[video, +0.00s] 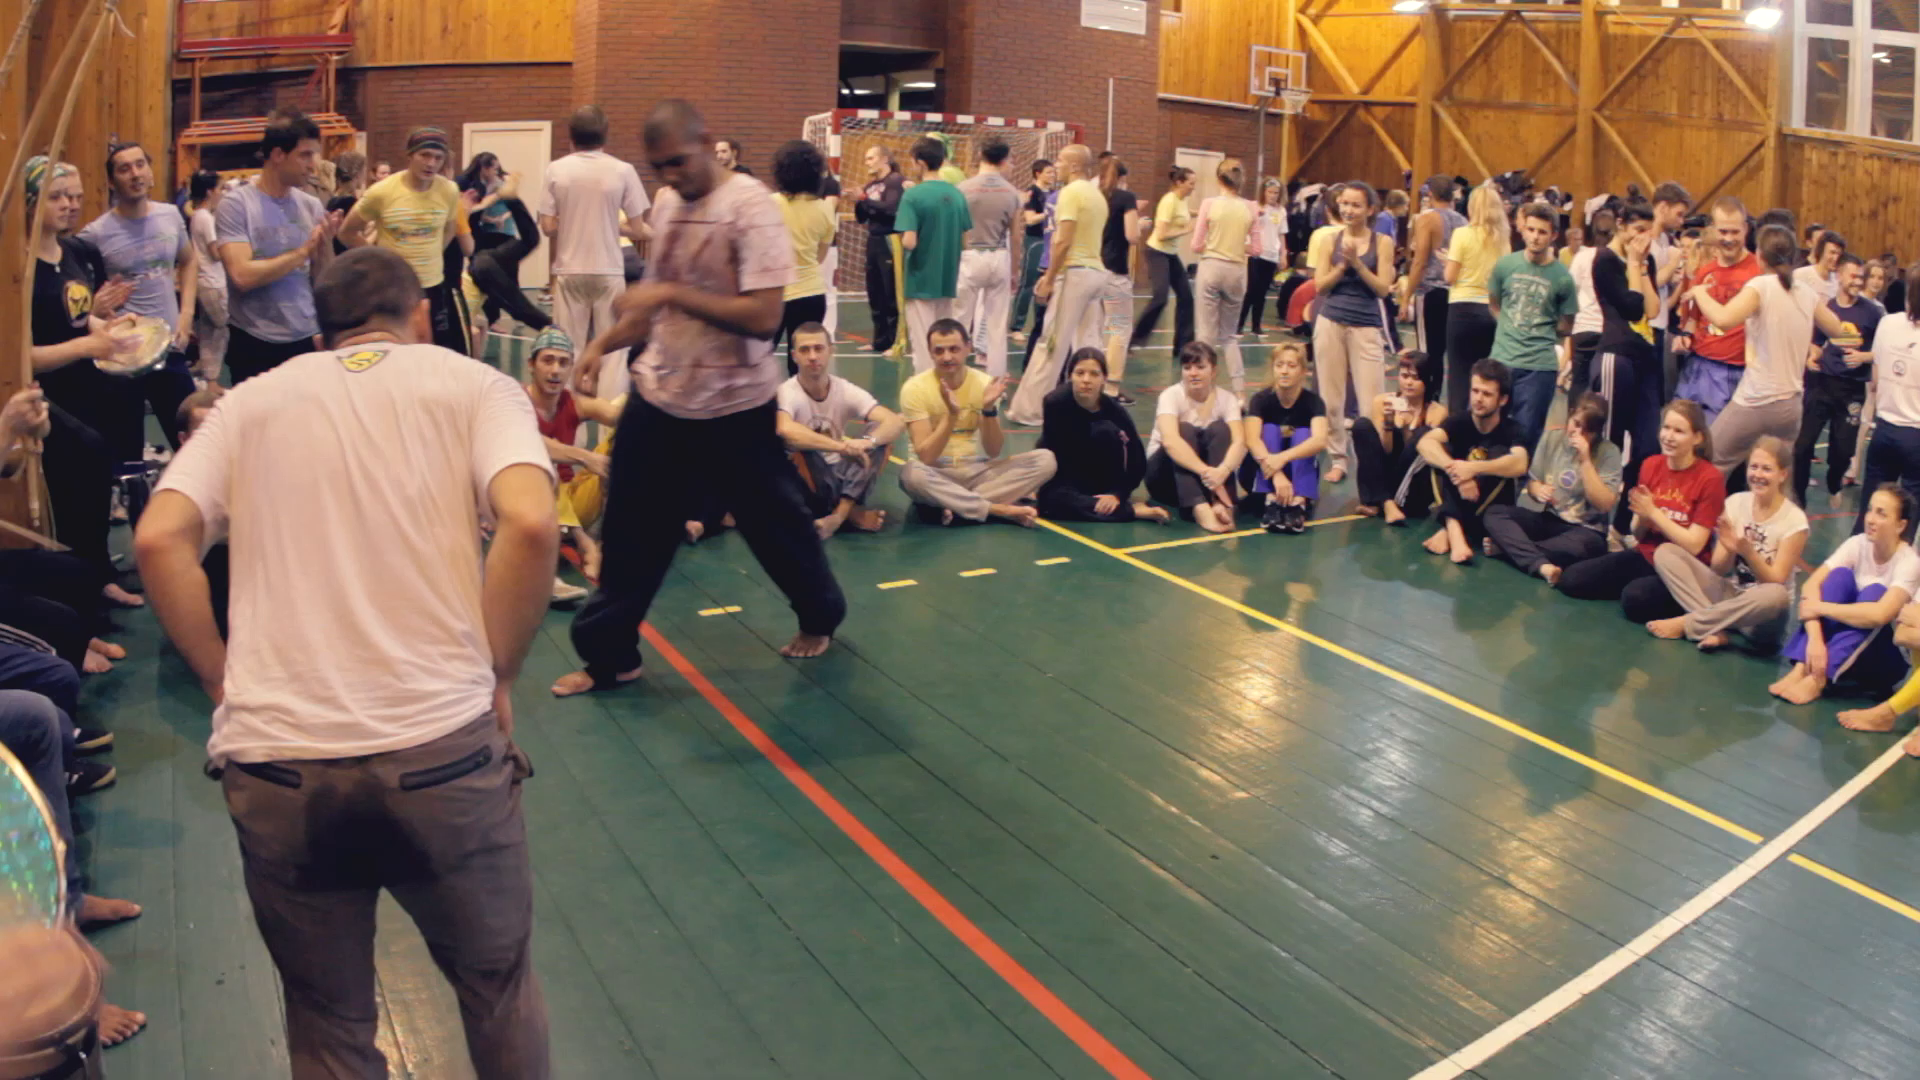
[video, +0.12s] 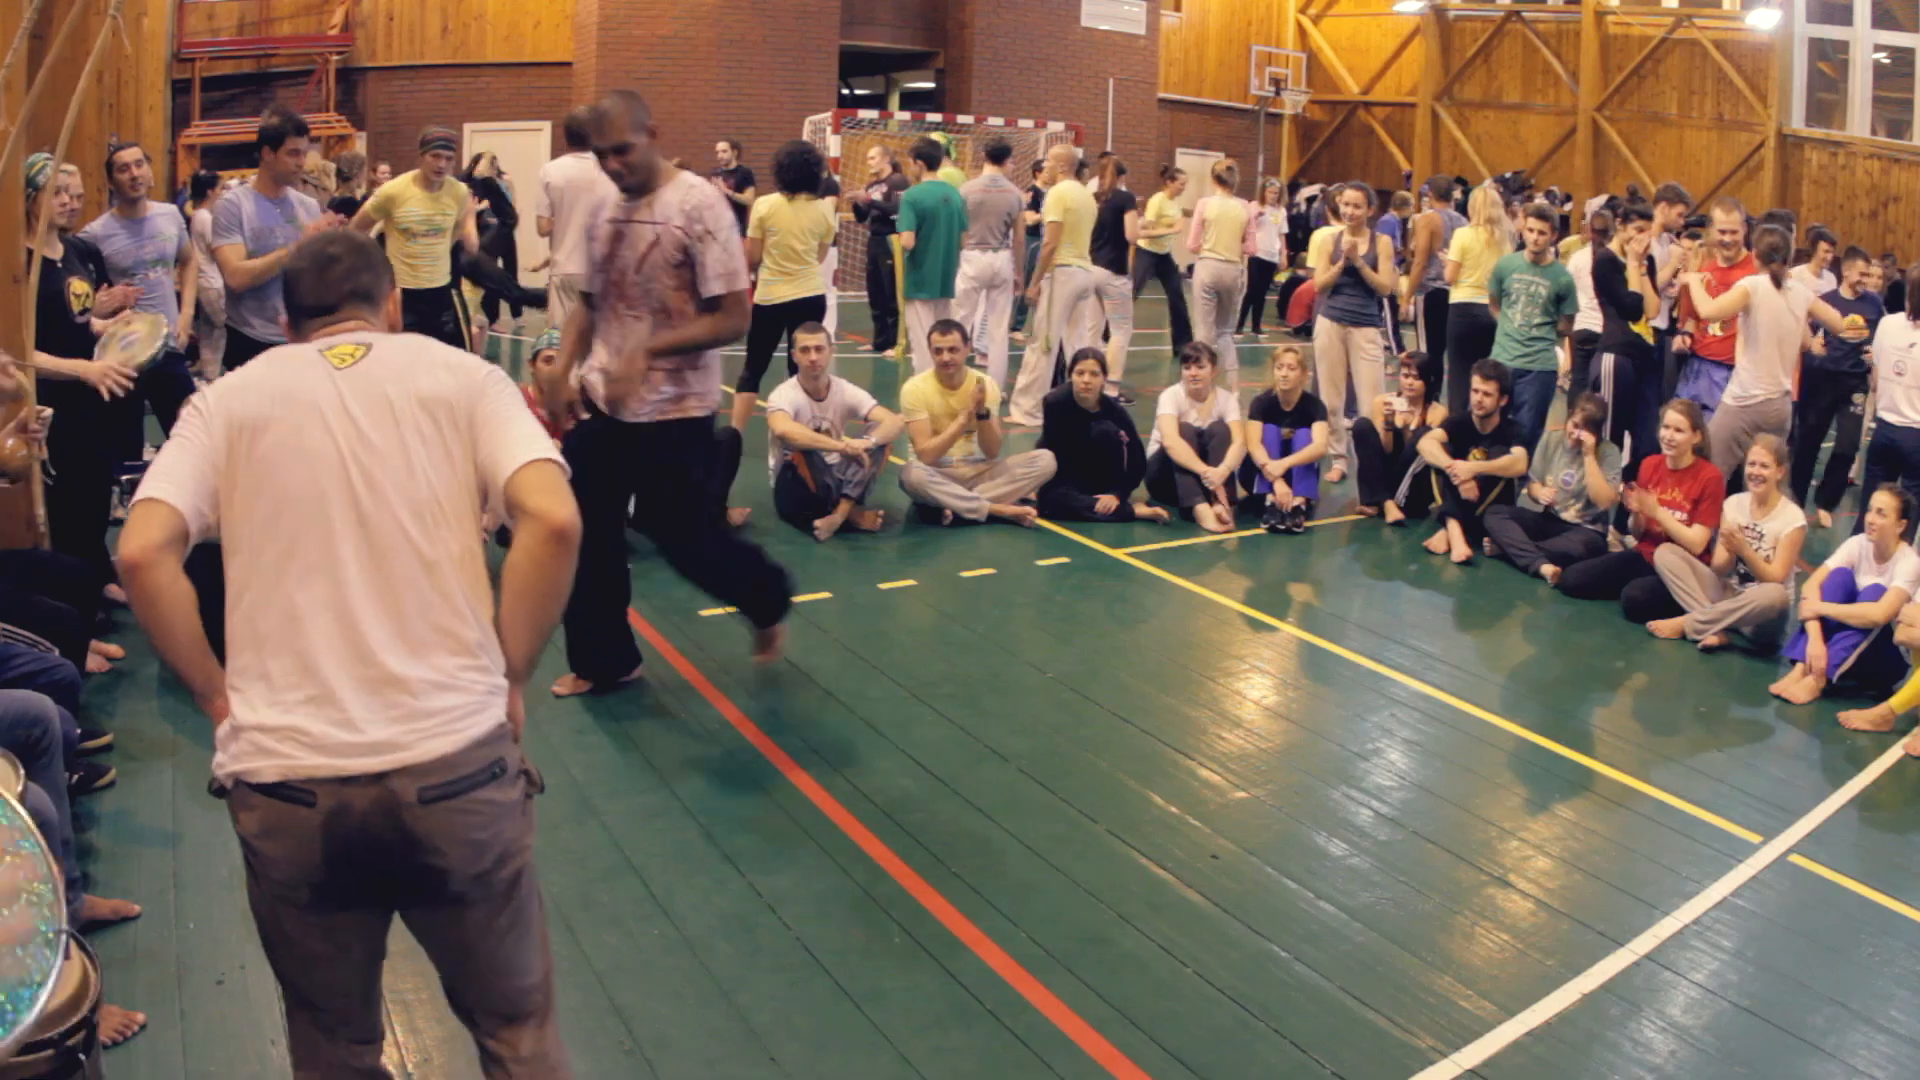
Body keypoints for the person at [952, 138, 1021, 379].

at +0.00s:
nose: (1011, 165)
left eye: (1010, 160)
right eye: (1010, 160)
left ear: (981, 158)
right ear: (1005, 161)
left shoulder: (963, 189)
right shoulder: (1011, 193)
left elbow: (955, 227)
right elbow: (1016, 237)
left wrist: (952, 258)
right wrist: (1015, 271)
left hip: (969, 252)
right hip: (999, 253)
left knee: (960, 319)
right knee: (997, 323)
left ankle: (952, 377)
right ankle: (997, 380)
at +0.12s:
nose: (1011, 165)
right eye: (1011, 161)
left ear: (984, 158)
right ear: (1007, 161)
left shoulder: (966, 189)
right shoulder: (1014, 194)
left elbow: (958, 225)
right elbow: (1019, 238)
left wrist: (957, 254)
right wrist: (1019, 272)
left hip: (971, 253)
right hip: (1001, 254)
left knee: (961, 321)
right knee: (999, 327)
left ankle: (954, 384)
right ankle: (996, 389)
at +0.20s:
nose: (1011, 166)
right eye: (1012, 161)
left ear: (985, 158)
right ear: (1009, 162)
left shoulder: (967, 190)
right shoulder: (1016, 194)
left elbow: (961, 228)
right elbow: (1020, 238)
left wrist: (963, 253)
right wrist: (1021, 273)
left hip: (974, 253)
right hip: (1003, 254)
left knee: (961, 322)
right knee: (1000, 327)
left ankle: (955, 384)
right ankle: (996, 389)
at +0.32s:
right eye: (1012, 161)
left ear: (989, 157)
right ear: (1011, 161)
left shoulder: (971, 191)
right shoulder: (1018, 194)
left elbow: (964, 231)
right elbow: (1021, 234)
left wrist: (959, 265)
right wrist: (1020, 265)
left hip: (977, 253)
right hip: (1006, 253)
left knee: (962, 317)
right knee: (1001, 324)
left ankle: (954, 377)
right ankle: (998, 383)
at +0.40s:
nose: (1016, 164)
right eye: (1016, 160)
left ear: (990, 158)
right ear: (1012, 161)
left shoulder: (973, 191)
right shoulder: (1018, 193)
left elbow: (966, 232)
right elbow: (1021, 232)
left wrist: (960, 266)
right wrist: (1019, 260)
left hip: (979, 255)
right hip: (1008, 255)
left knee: (962, 315)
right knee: (1003, 322)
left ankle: (952, 376)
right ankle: (997, 385)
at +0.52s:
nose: (1018, 164)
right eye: (1016, 159)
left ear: (991, 157)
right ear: (1012, 160)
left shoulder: (975, 191)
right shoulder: (1019, 192)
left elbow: (967, 235)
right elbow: (1024, 232)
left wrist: (962, 270)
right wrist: (1022, 261)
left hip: (981, 256)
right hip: (1012, 255)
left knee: (963, 317)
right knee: (1004, 325)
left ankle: (951, 379)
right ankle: (998, 386)